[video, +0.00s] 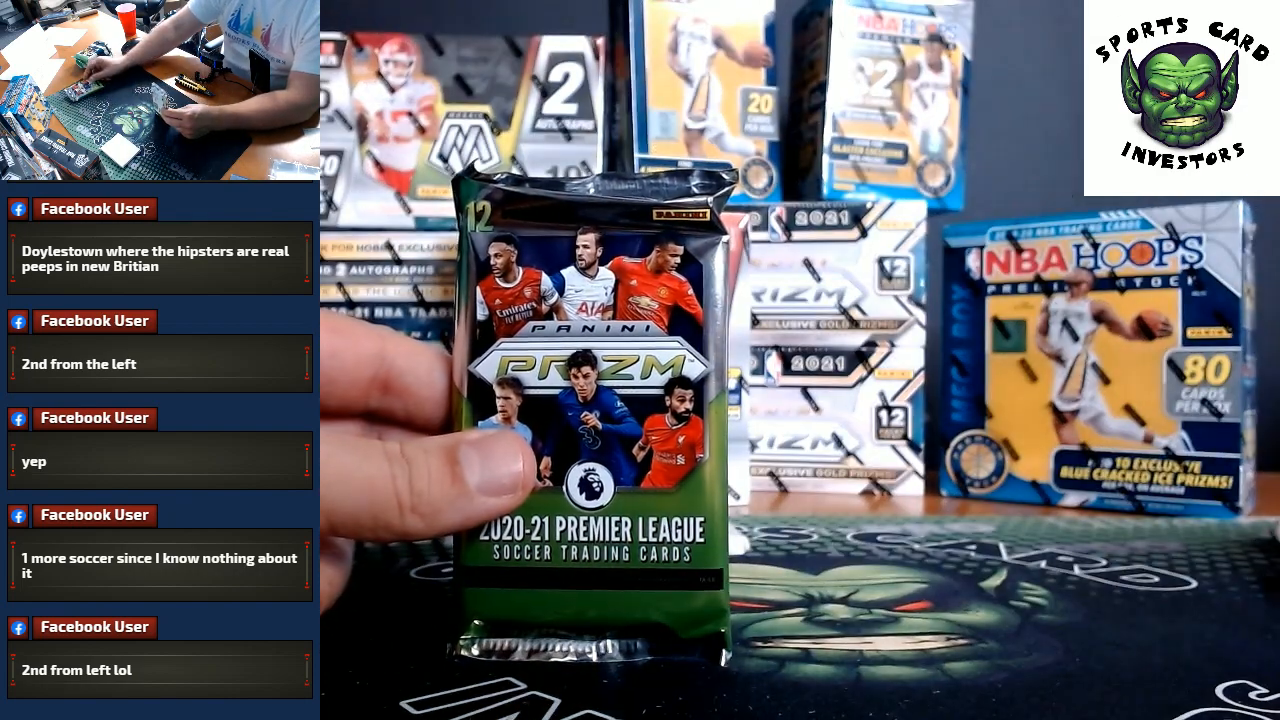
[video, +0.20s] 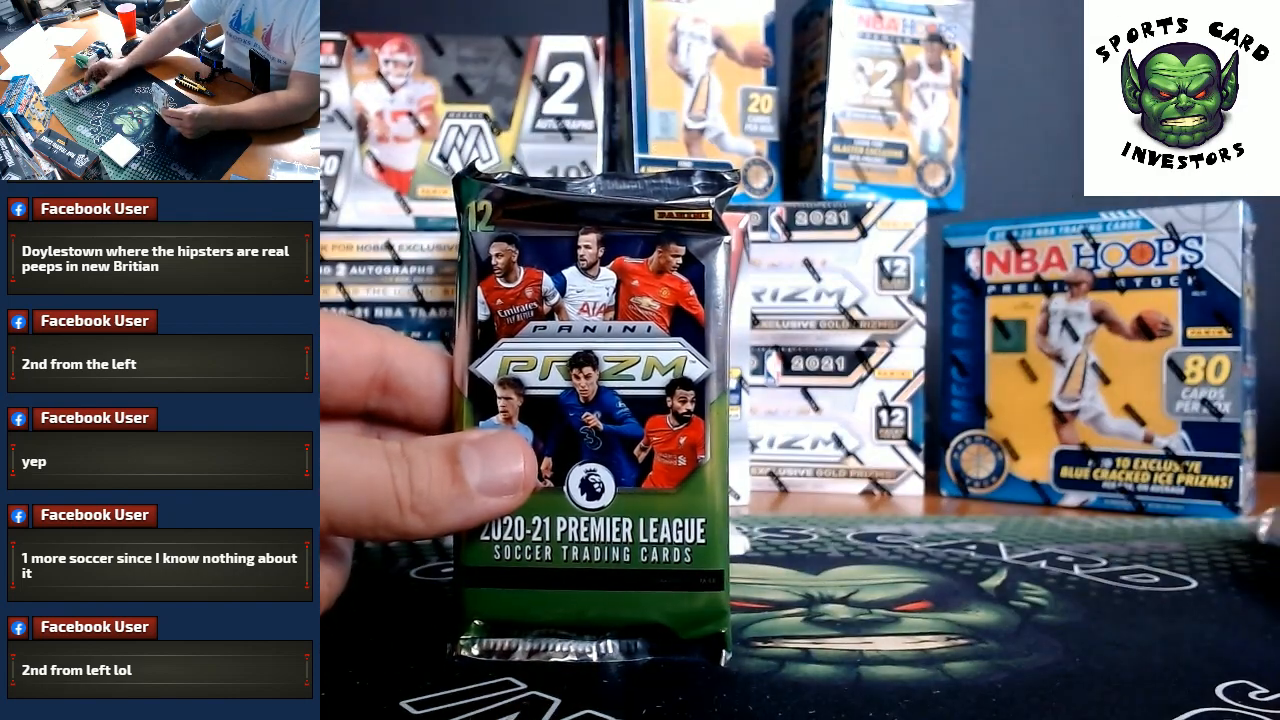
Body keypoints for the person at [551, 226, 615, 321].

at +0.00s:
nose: (579, 253)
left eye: (586, 247)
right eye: (577, 247)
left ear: (599, 252)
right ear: (575, 249)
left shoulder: (609, 277)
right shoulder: (563, 277)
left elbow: (608, 310)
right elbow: (541, 310)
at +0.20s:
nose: (581, 253)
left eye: (587, 247)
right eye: (579, 248)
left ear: (600, 252)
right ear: (576, 249)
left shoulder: (610, 277)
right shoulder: (565, 278)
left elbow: (609, 311)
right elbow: (542, 310)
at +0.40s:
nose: (591, 254)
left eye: (597, 248)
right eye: (589, 248)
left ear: (611, 253)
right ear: (586, 250)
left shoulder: (621, 279)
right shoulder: (574, 279)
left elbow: (620, 313)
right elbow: (551, 313)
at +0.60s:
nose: (590, 254)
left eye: (596, 248)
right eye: (588, 249)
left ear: (609, 253)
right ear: (585, 250)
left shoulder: (620, 279)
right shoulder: (573, 279)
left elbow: (619, 312)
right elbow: (551, 312)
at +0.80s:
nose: (589, 254)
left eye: (596, 249)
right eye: (587, 249)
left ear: (609, 253)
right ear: (585, 250)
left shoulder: (619, 279)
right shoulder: (572, 280)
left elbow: (618, 312)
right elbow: (550, 312)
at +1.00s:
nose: (590, 255)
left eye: (596, 249)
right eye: (588, 249)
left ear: (609, 253)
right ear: (585, 251)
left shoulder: (619, 279)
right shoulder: (573, 280)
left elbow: (619, 312)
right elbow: (550, 312)